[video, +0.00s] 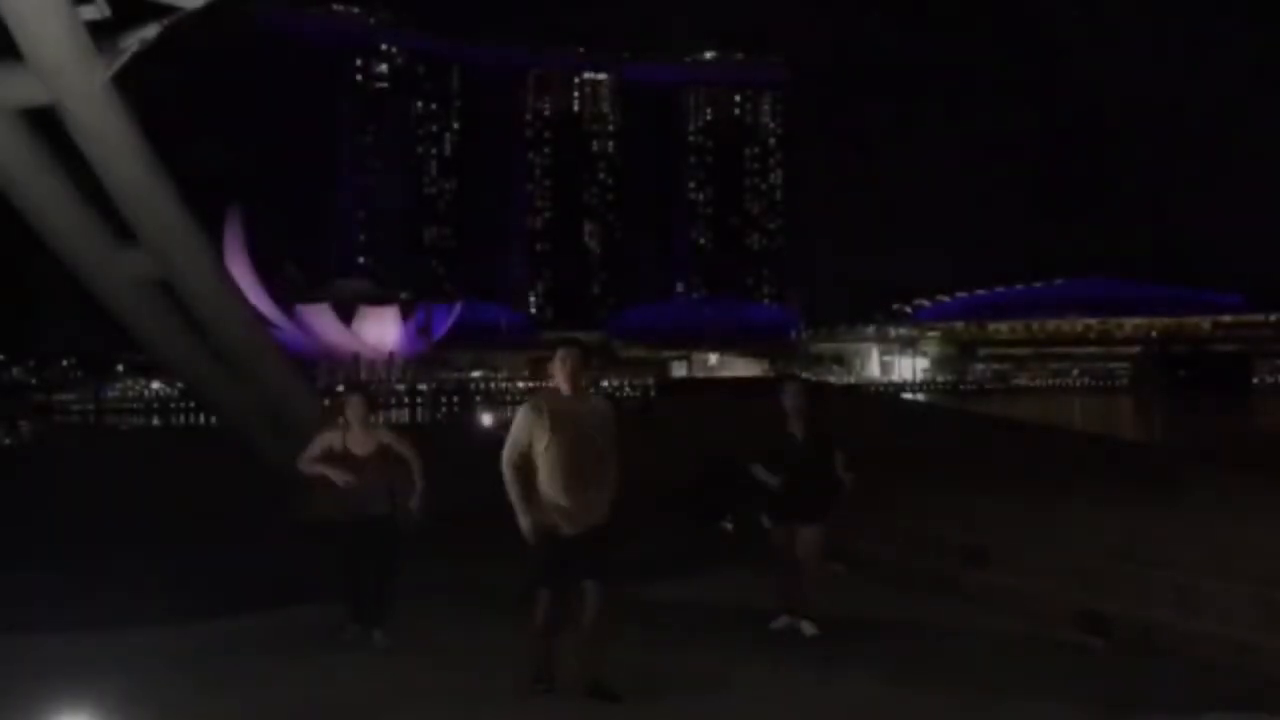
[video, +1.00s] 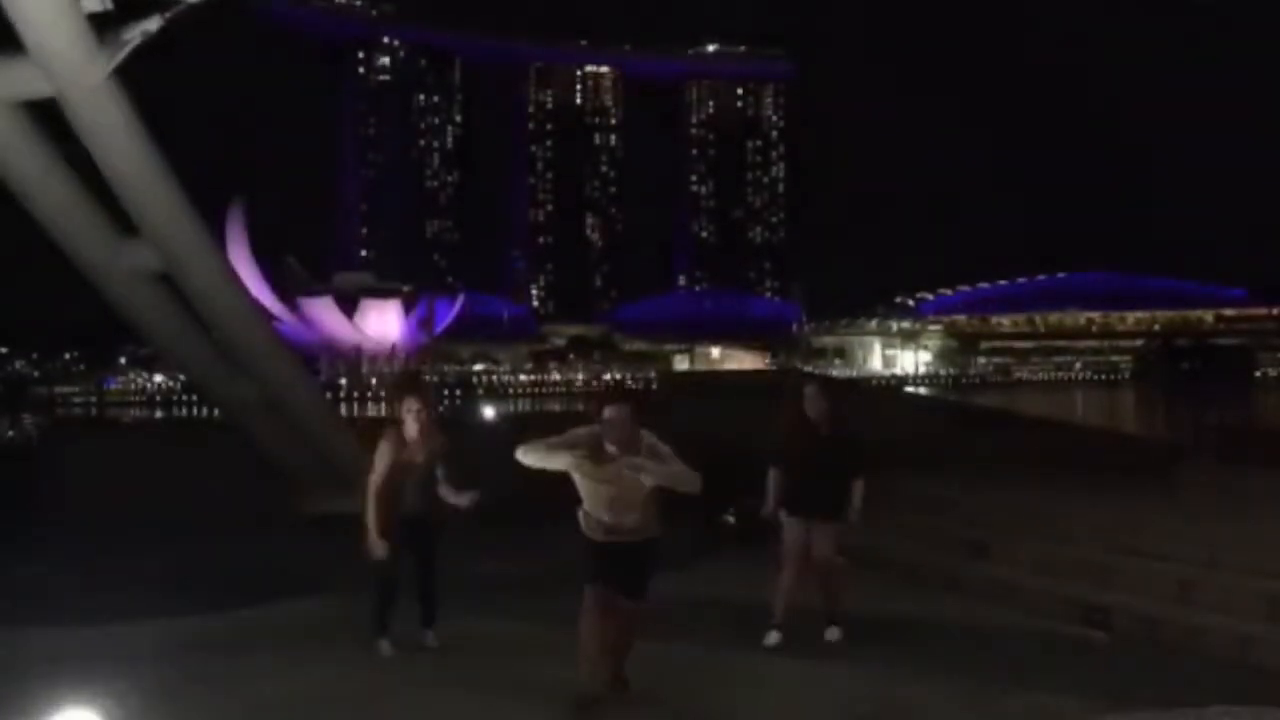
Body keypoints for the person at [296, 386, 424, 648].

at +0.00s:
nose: (354, 412)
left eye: (359, 407)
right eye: (350, 407)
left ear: (368, 411)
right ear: (343, 411)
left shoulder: (381, 435)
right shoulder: (333, 437)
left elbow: (412, 459)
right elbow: (304, 463)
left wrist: (416, 493)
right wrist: (332, 473)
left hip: (380, 511)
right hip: (346, 512)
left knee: (381, 569)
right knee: (351, 570)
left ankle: (379, 625)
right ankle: (354, 623)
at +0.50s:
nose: (382, 414)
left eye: (388, 408)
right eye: (377, 408)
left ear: (395, 409)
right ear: (368, 408)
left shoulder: (405, 434)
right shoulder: (359, 434)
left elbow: (418, 467)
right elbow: (344, 464)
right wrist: (370, 454)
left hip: (399, 508)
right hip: (367, 508)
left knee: (392, 570)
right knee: (375, 570)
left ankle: (386, 629)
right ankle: (381, 630)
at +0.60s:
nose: (393, 434)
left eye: (396, 429)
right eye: (388, 429)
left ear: (399, 432)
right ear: (378, 432)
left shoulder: (400, 458)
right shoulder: (371, 457)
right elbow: (362, 437)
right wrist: (381, 402)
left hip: (400, 523)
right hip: (376, 524)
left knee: (396, 583)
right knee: (385, 585)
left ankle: (388, 638)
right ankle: (383, 640)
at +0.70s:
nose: (400, 442)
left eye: (402, 436)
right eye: (395, 436)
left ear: (404, 440)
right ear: (386, 438)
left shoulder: (403, 464)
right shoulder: (378, 463)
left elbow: (402, 429)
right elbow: (380, 425)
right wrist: (390, 390)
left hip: (404, 526)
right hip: (380, 528)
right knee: (389, 586)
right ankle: (384, 638)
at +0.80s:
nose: (400, 424)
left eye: (404, 419)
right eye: (395, 418)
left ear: (408, 421)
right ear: (386, 421)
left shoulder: (411, 448)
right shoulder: (379, 447)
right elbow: (394, 440)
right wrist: (412, 415)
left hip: (410, 517)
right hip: (384, 518)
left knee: (408, 578)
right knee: (387, 580)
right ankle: (383, 635)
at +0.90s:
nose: (405, 413)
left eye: (409, 407)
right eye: (399, 408)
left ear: (416, 410)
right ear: (390, 411)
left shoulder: (424, 436)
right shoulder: (383, 436)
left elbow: (431, 467)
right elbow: (388, 468)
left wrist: (426, 488)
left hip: (418, 510)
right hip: (387, 510)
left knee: (425, 570)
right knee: (387, 572)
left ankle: (426, 627)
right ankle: (382, 633)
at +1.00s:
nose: (417, 416)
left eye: (421, 410)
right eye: (410, 410)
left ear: (428, 413)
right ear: (400, 414)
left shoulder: (434, 443)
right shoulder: (392, 443)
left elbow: (441, 485)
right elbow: (374, 486)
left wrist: (459, 498)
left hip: (425, 520)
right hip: (394, 520)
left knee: (427, 575)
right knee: (389, 578)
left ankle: (428, 629)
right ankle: (382, 634)